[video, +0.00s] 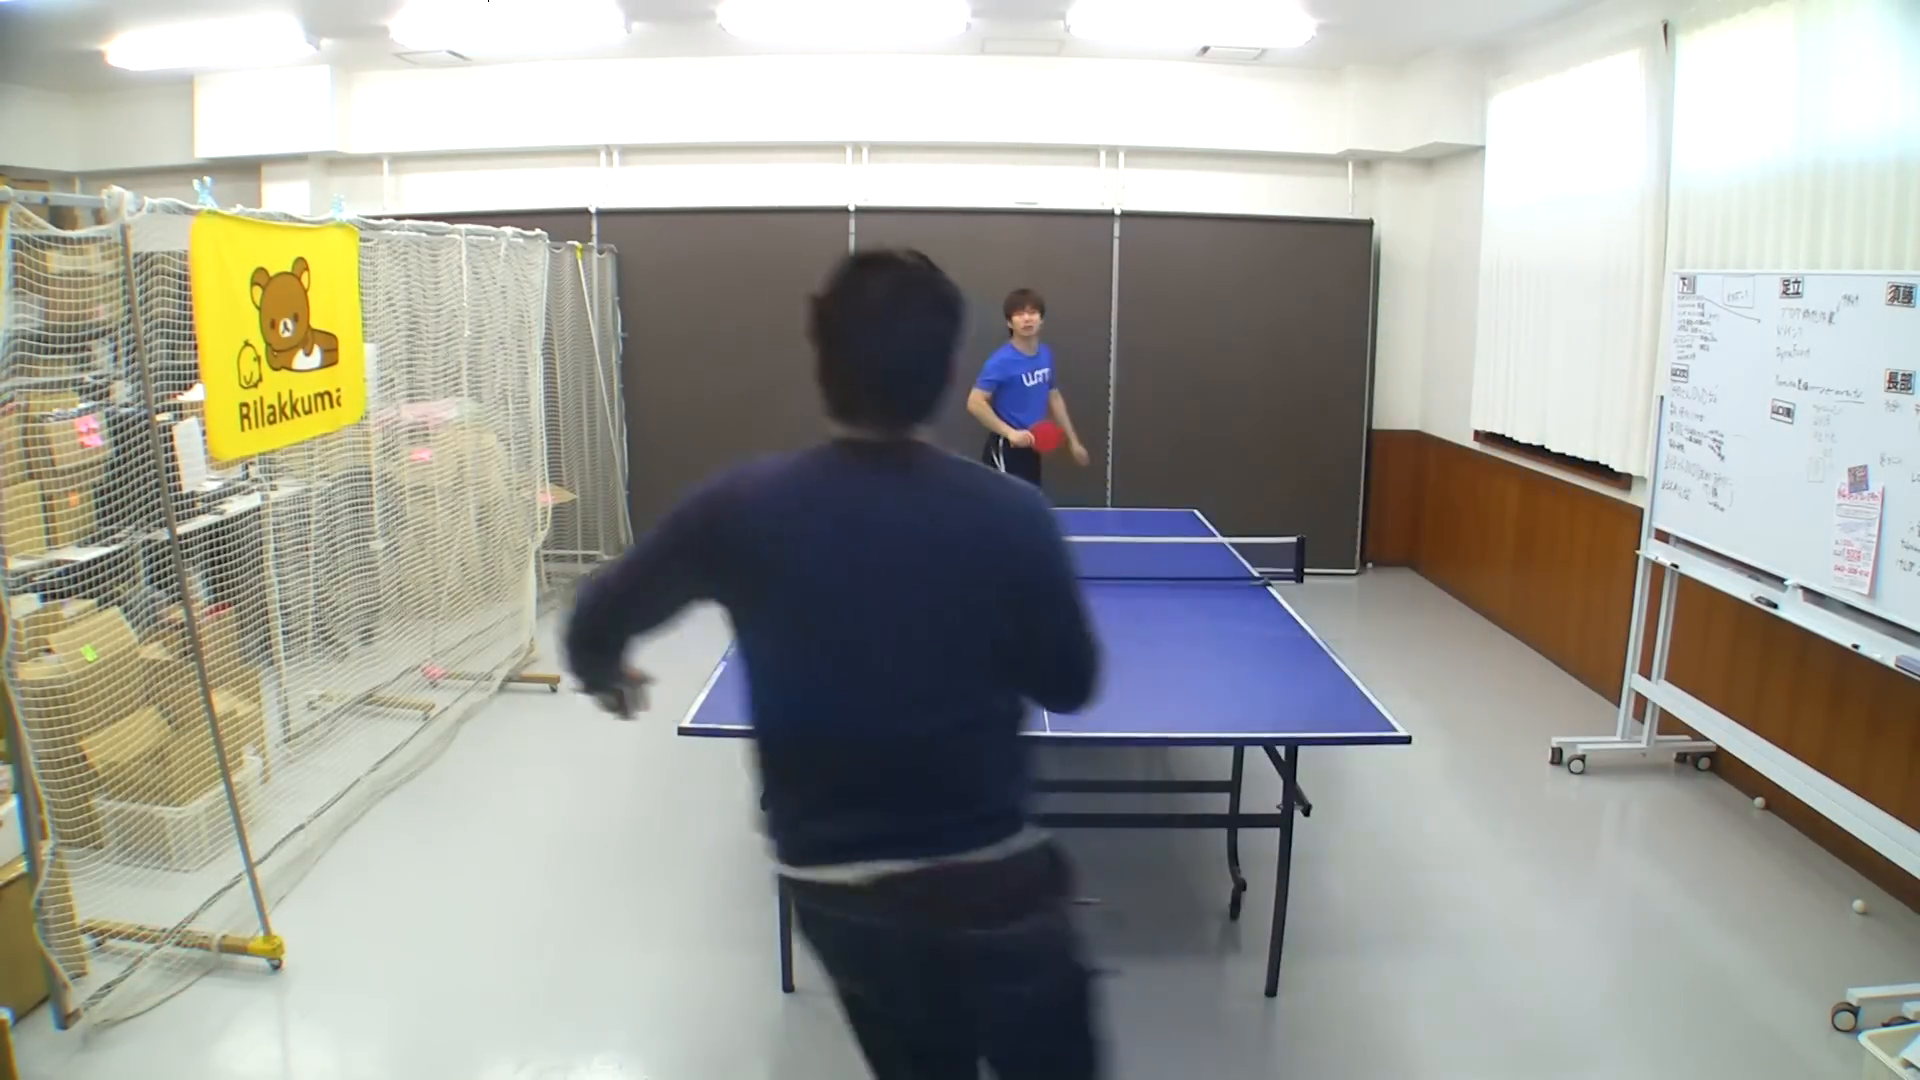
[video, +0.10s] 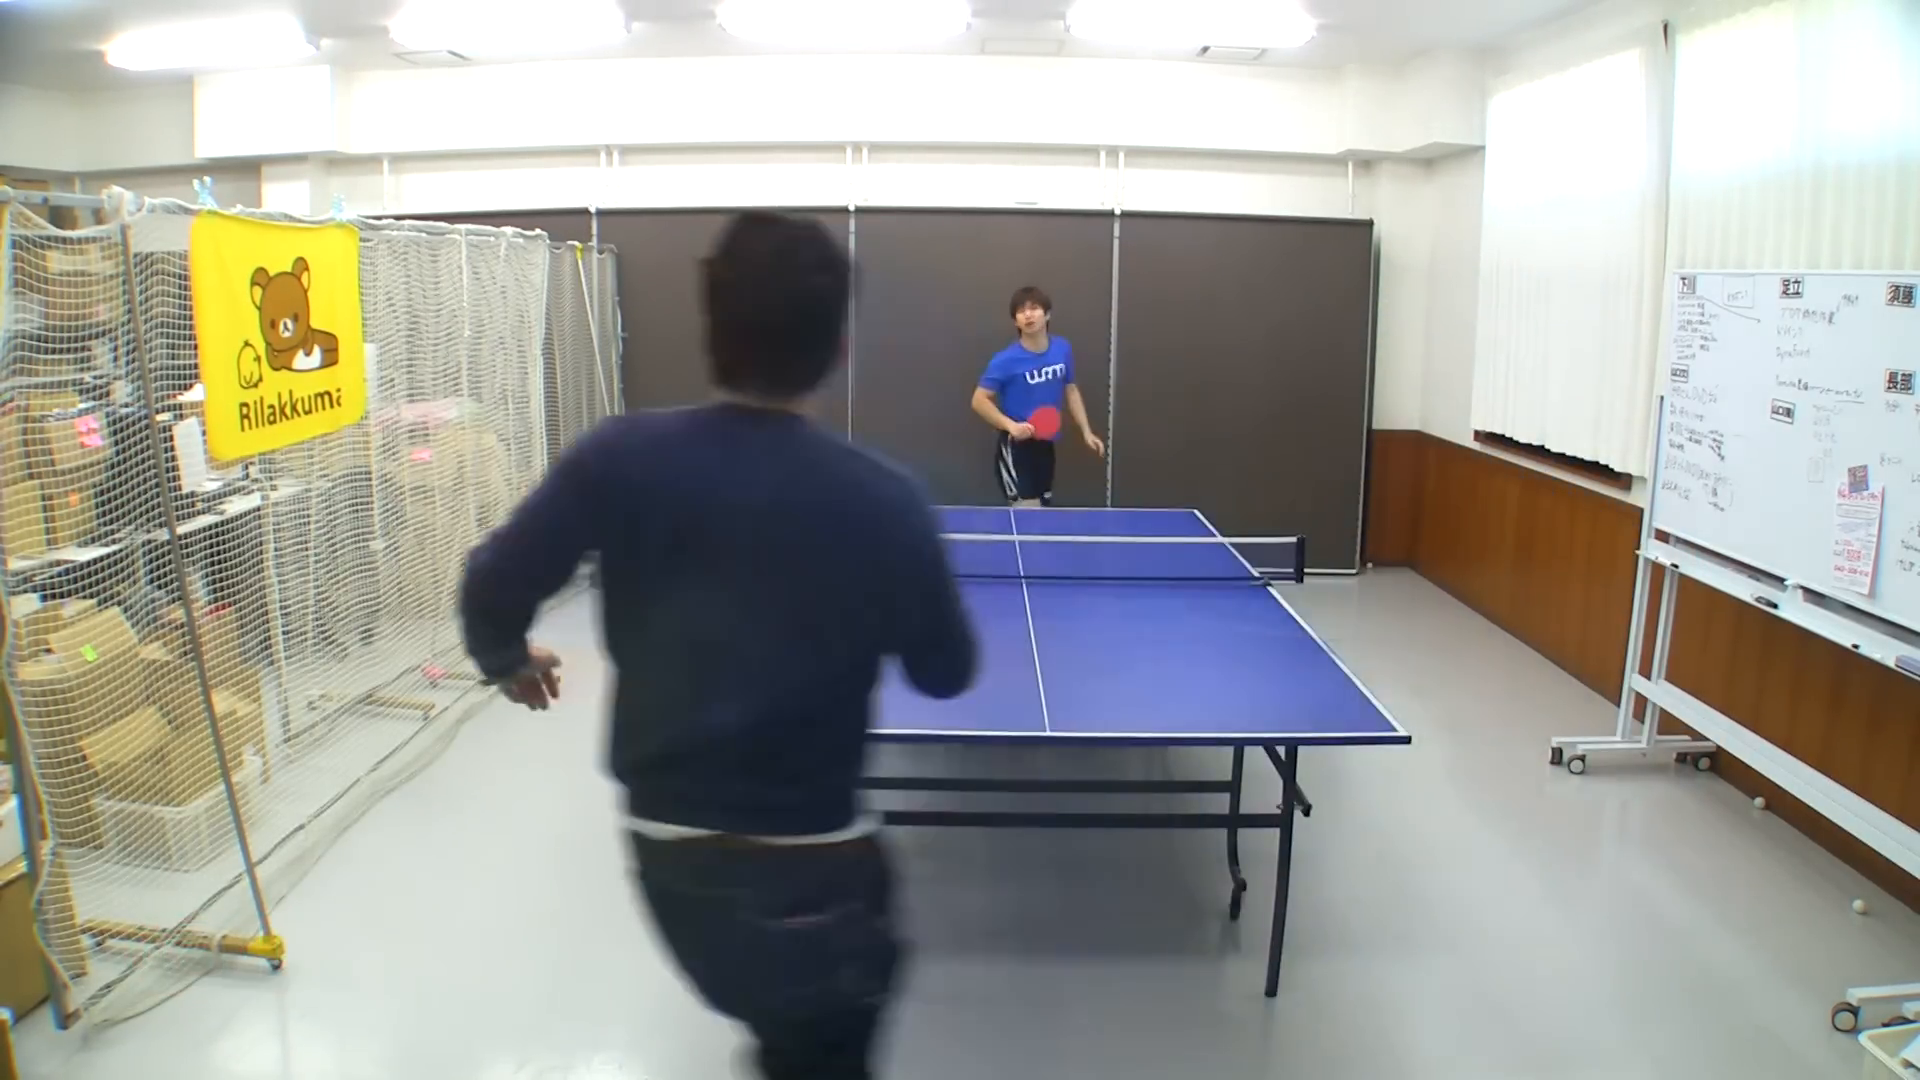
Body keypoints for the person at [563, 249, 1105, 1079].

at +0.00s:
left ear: (824, 364)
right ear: (948, 372)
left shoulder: (746, 507)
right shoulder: (1007, 516)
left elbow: (598, 615)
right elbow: (1068, 682)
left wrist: (605, 673)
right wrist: (974, 621)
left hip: (844, 896)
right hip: (993, 881)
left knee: (922, 1067)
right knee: (1056, 1065)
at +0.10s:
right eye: (839, 320)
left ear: (712, 328)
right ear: (837, 343)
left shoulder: (624, 459)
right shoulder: (879, 498)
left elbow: (492, 584)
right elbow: (945, 668)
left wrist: (508, 660)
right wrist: (874, 580)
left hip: (676, 868)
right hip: (819, 873)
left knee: (790, 1044)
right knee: (831, 1060)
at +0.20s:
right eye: (718, 349)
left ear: (594, 356)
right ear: (714, 371)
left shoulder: (504, 488)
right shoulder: (732, 542)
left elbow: (421, 646)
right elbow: (827, 718)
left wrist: (532, 635)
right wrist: (892, 681)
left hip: (516, 871)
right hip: (634, 897)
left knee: (593, 1062)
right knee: (652, 1063)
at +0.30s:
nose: (595, 386)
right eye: (594, 368)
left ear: (463, 379)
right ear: (581, 387)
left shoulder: (396, 517)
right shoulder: (546, 575)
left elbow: (451, 649)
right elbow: (636, 774)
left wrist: (585, 606)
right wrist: (814, 754)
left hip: (389, 882)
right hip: (501, 913)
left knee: (436, 1007)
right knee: (569, 1061)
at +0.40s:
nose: (461, 397)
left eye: (453, 378)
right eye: (453, 380)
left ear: (344, 402)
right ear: (433, 402)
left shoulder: (340, 505)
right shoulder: (375, 578)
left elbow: (409, 551)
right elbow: (423, 761)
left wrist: (506, 572)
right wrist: (575, 715)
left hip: (306, 872)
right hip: (382, 902)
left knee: (269, 1031)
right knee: (480, 1065)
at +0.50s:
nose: (352, 399)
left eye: (345, 382)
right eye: (344, 384)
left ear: (234, 419)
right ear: (326, 409)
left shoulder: (290, 507)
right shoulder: (235, 565)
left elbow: (352, 547)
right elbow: (274, 676)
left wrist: (419, 577)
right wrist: (346, 569)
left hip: (229, 873)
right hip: (293, 898)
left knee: (206, 1042)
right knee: (384, 1066)